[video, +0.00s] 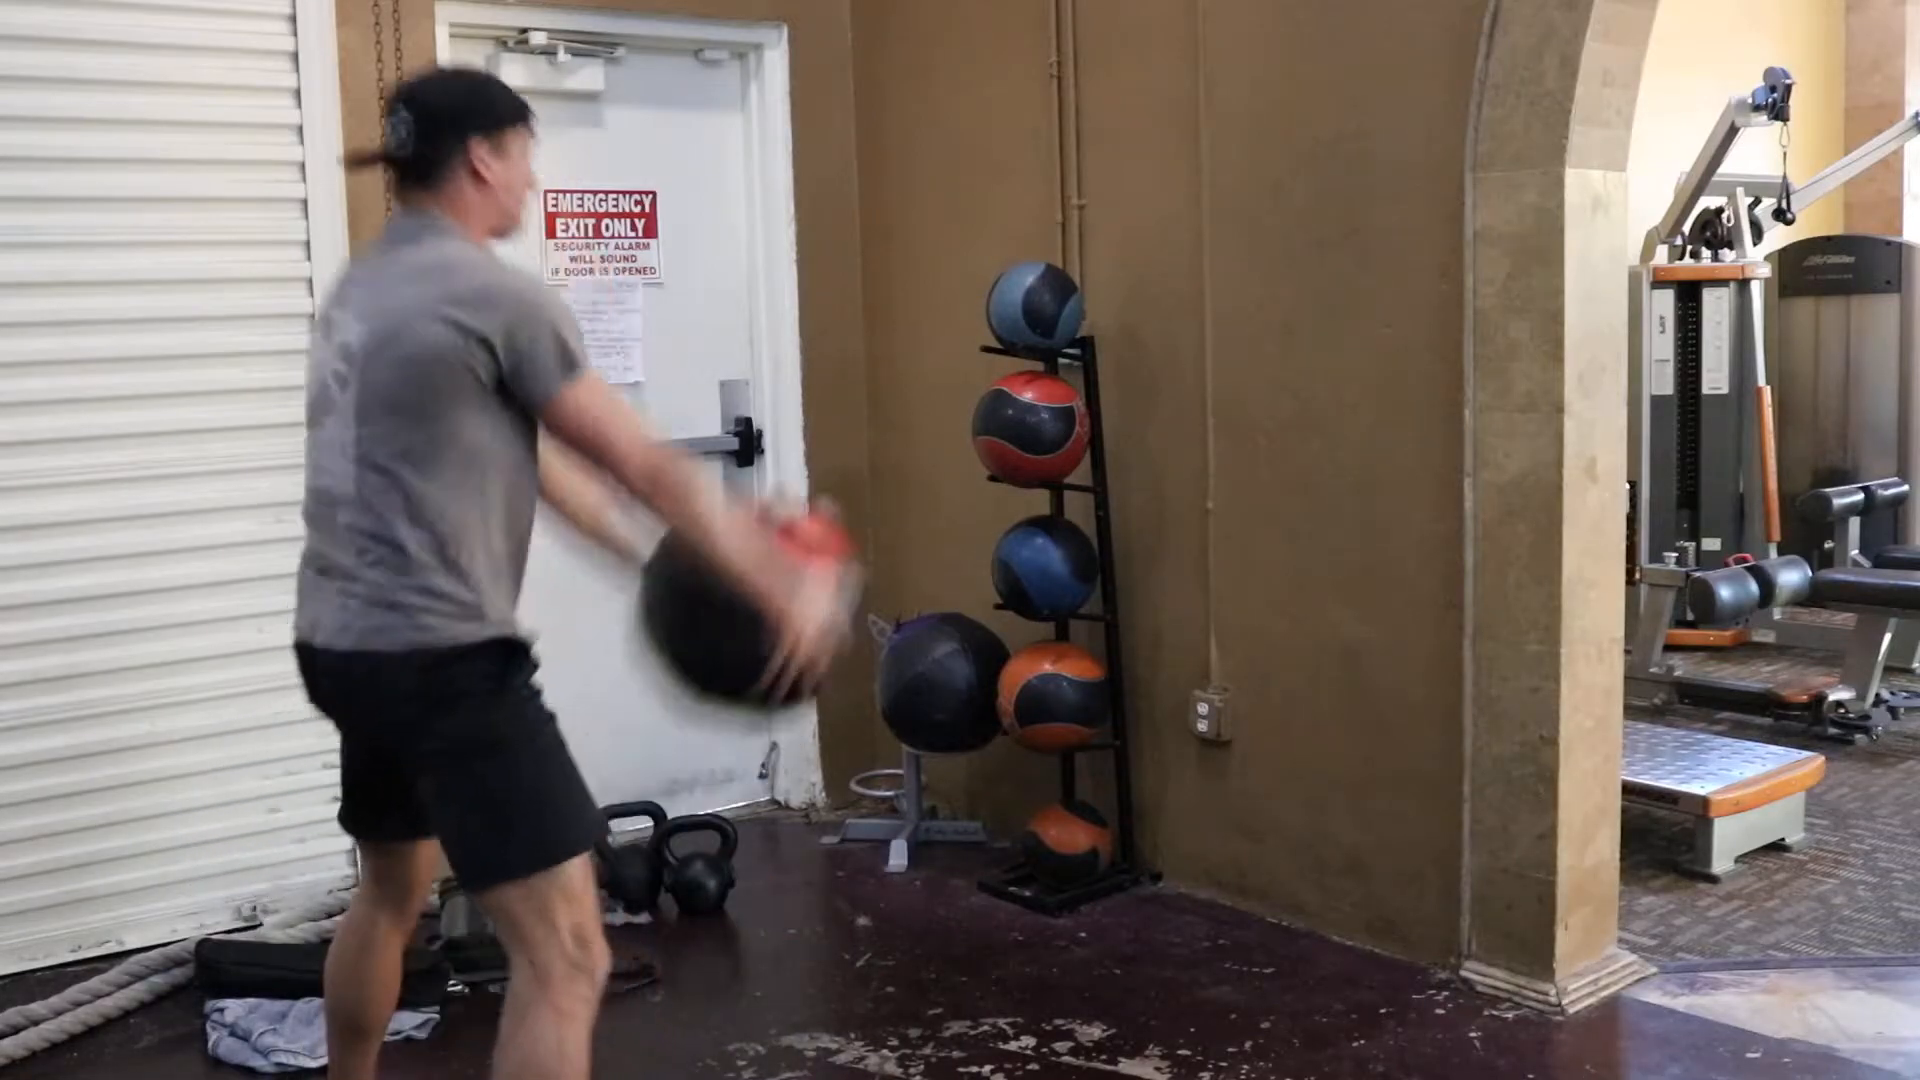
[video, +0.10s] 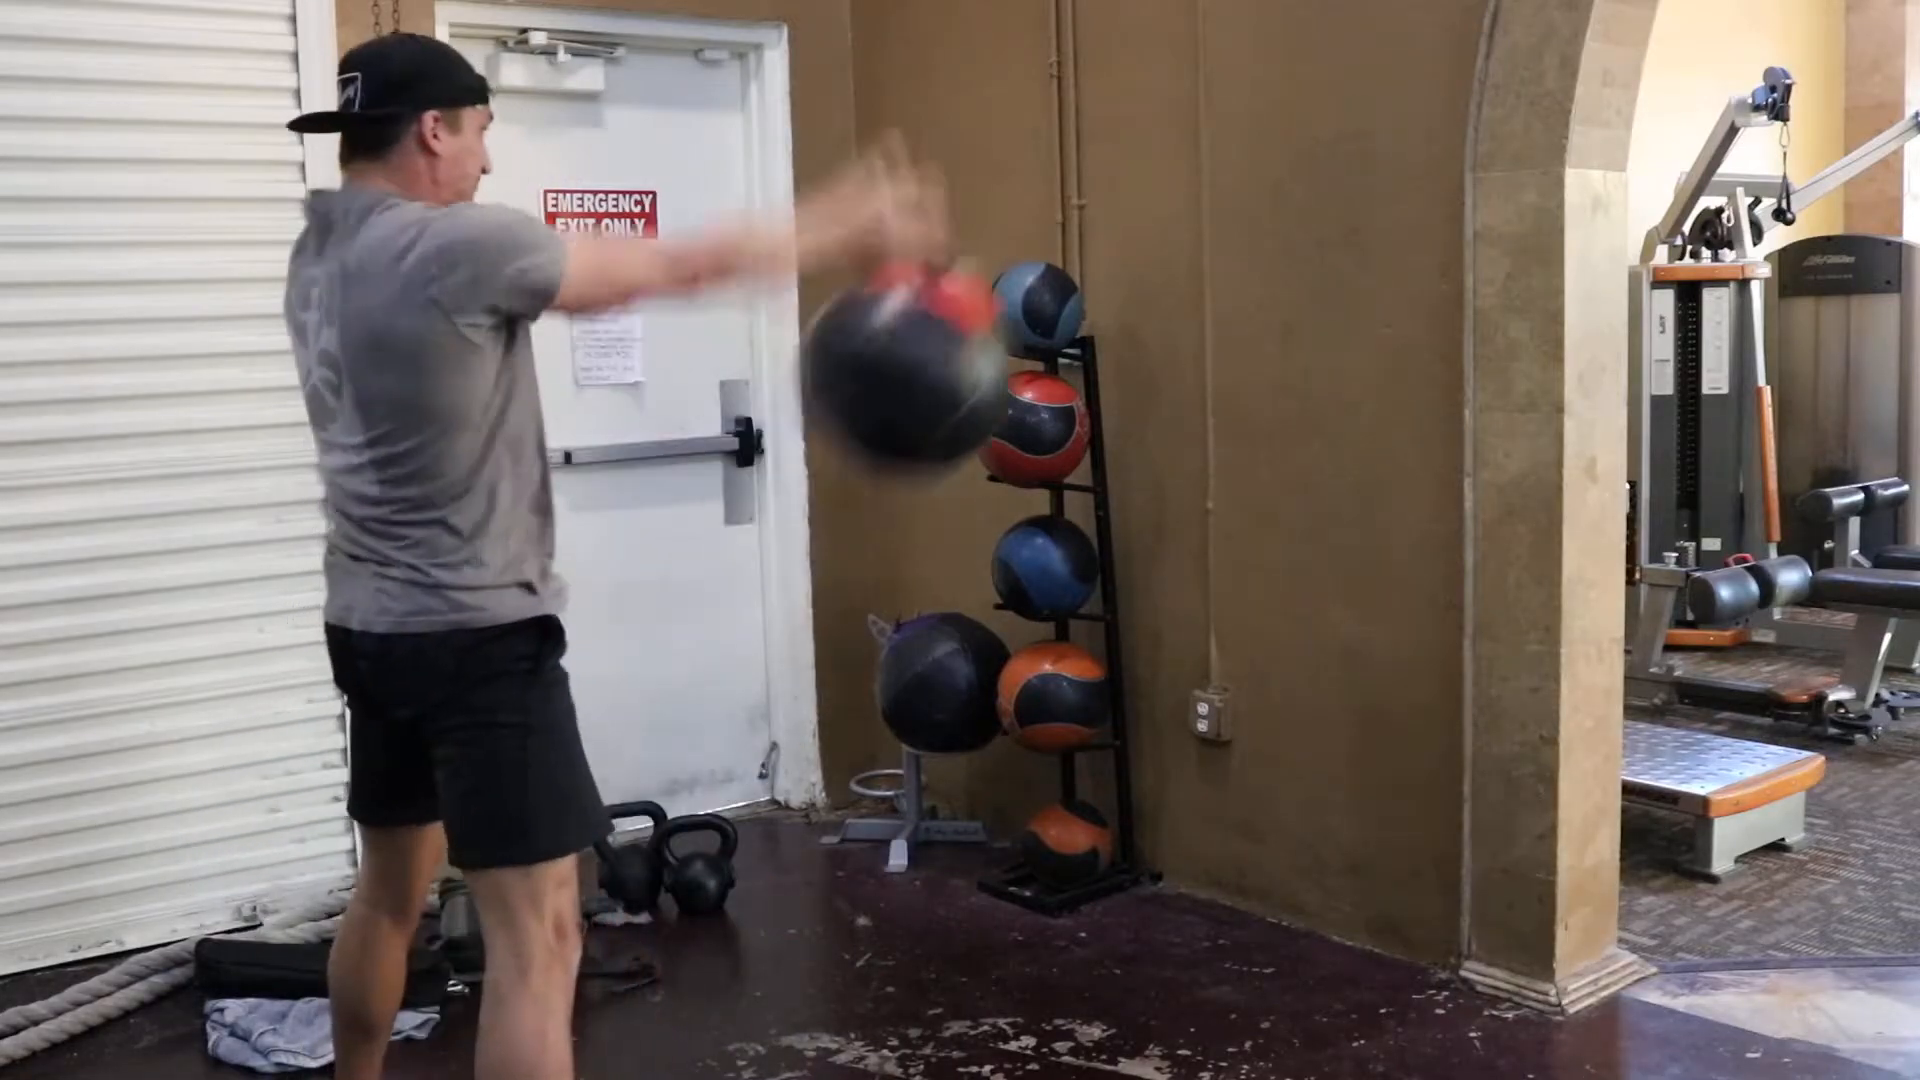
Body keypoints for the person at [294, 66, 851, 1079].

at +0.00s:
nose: (532, 179)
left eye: (529, 156)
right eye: (523, 155)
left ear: (434, 162)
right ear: (481, 160)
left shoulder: (363, 284)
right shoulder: (493, 293)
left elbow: (533, 459)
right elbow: (642, 462)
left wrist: (665, 561)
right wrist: (786, 590)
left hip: (342, 645)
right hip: (448, 655)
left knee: (390, 894)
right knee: (564, 956)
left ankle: (346, 1073)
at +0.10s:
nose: (486, 156)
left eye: (484, 133)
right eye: (477, 133)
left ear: (383, 135)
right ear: (430, 135)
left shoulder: (322, 239)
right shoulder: (457, 245)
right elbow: (679, 265)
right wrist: (848, 223)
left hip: (369, 630)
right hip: (480, 636)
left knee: (387, 898)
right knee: (534, 944)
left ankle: (355, 1072)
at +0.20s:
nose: (508, 167)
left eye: (509, 148)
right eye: (500, 148)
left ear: (391, 147)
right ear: (451, 150)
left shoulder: (330, 260)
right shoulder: (459, 250)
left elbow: (514, 112)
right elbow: (632, 93)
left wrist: (613, 33)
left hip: (380, 641)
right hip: (488, 648)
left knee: (394, 901)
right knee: (529, 943)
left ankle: (348, 1071)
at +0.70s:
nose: (494, 180)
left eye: (497, 165)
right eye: (491, 160)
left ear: (372, 163)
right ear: (444, 161)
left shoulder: (301, 272)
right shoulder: (438, 268)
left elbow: (454, 224)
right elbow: (662, 189)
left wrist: (560, 106)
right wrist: (740, 38)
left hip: (359, 650)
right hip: (466, 662)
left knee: (377, 912)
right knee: (501, 962)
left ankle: (350, 1074)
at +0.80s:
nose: (497, 199)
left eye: (499, 174)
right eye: (492, 171)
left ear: (380, 162)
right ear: (441, 159)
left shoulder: (295, 281)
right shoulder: (440, 286)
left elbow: (425, 346)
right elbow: (680, 349)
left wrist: (574, 306)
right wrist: (791, 263)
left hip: (343, 651)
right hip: (451, 664)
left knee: (366, 920)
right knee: (491, 969)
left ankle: (343, 1077)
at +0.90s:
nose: (512, 197)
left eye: (514, 171)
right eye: (507, 170)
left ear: (417, 162)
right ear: (458, 160)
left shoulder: (310, 282)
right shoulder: (443, 299)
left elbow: (415, 440)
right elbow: (618, 493)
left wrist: (549, 482)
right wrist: (768, 512)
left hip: (334, 650)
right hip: (437, 666)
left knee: (361, 921)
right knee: (486, 964)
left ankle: (341, 1077)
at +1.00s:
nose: (539, 201)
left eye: (542, 178)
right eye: (536, 174)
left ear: (439, 165)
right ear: (487, 166)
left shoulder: (323, 290)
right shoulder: (467, 308)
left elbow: (356, 491)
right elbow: (546, 561)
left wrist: (485, 593)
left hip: (329, 654)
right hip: (425, 672)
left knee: (364, 921)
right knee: (484, 968)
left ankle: (340, 1078)